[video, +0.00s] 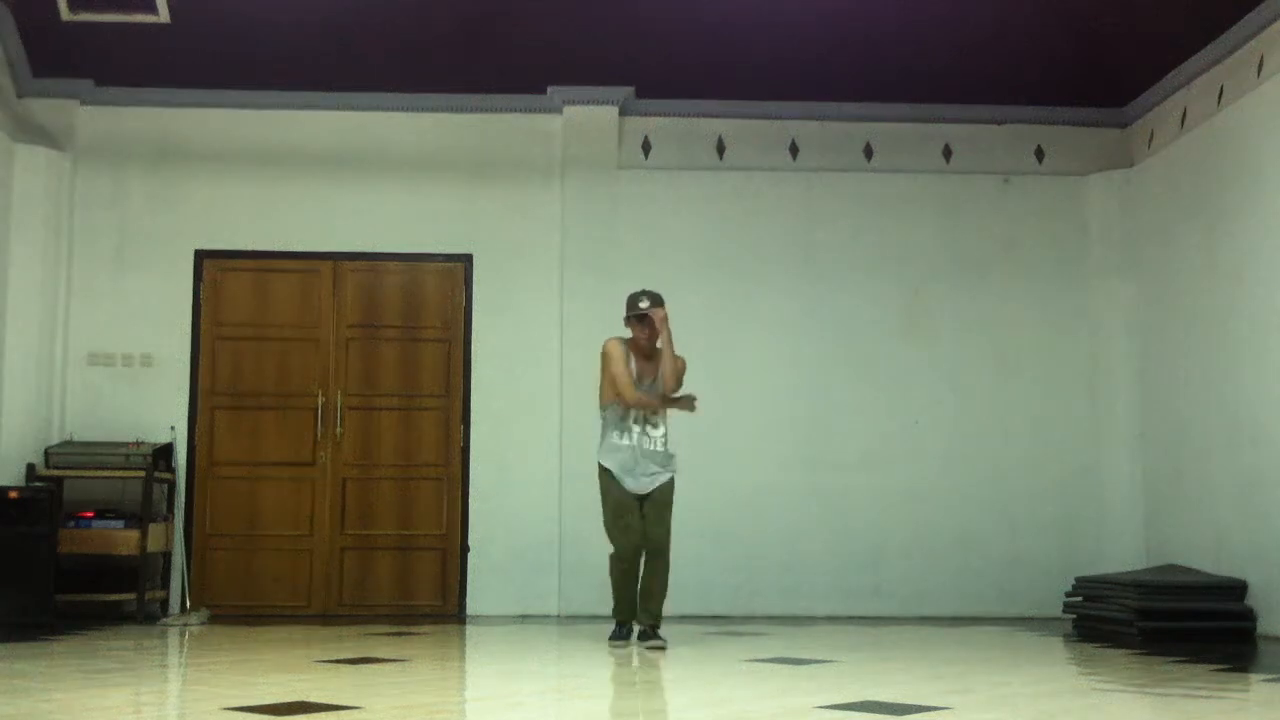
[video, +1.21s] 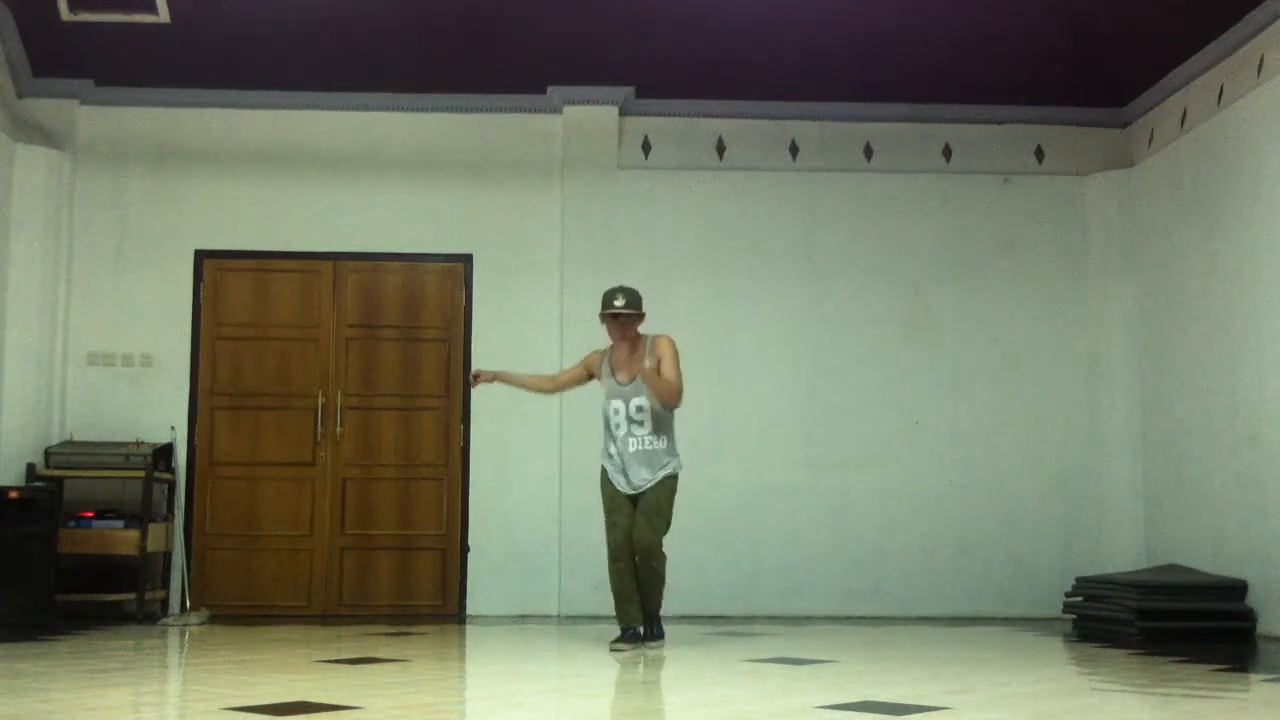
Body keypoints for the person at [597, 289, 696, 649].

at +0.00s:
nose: (644, 327)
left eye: (650, 320)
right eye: (638, 320)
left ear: (660, 324)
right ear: (628, 323)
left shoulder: (673, 362)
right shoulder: (615, 348)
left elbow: (666, 386)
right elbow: (628, 397)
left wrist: (666, 332)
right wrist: (674, 403)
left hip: (658, 466)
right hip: (617, 465)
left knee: (658, 546)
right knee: (627, 545)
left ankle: (649, 625)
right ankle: (623, 621)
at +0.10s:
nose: (644, 331)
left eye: (651, 325)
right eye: (639, 325)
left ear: (664, 327)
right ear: (631, 326)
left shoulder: (677, 367)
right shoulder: (618, 351)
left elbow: (665, 394)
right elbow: (617, 407)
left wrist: (666, 342)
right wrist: (660, 418)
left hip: (661, 468)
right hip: (620, 465)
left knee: (663, 545)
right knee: (634, 540)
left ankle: (649, 625)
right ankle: (626, 616)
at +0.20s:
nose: (646, 331)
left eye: (653, 324)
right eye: (641, 325)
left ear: (668, 326)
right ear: (632, 326)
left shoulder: (680, 365)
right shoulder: (617, 355)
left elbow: (665, 398)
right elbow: (603, 411)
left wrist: (664, 346)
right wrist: (633, 450)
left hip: (663, 467)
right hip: (621, 465)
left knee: (662, 546)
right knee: (630, 542)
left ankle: (651, 626)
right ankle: (631, 625)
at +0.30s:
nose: (646, 330)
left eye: (652, 324)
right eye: (640, 324)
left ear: (667, 323)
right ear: (630, 324)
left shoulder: (680, 358)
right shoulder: (614, 357)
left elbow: (666, 392)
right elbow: (588, 409)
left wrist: (659, 346)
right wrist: (589, 458)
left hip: (663, 466)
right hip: (621, 465)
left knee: (659, 546)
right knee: (626, 541)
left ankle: (651, 625)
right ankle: (631, 617)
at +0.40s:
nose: (639, 326)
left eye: (646, 319)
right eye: (633, 320)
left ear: (662, 319)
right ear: (625, 321)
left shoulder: (679, 352)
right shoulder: (611, 355)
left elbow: (666, 391)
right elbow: (573, 399)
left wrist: (657, 342)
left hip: (664, 464)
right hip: (622, 462)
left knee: (658, 545)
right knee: (625, 539)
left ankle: (650, 626)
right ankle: (627, 620)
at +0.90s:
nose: (620, 328)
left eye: (626, 320)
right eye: (615, 322)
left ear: (645, 319)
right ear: (610, 324)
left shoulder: (666, 349)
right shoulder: (603, 357)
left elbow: (657, 393)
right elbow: (558, 390)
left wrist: (640, 342)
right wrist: (509, 403)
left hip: (661, 471)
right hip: (616, 471)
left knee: (655, 551)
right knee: (616, 551)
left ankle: (650, 616)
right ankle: (623, 625)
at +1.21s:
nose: (621, 325)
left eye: (627, 317)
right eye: (614, 318)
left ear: (640, 319)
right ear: (604, 322)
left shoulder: (660, 346)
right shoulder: (599, 360)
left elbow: (673, 397)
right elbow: (550, 383)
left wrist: (645, 370)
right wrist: (497, 376)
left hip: (659, 468)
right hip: (616, 470)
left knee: (646, 542)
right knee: (619, 547)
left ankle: (652, 619)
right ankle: (631, 627)